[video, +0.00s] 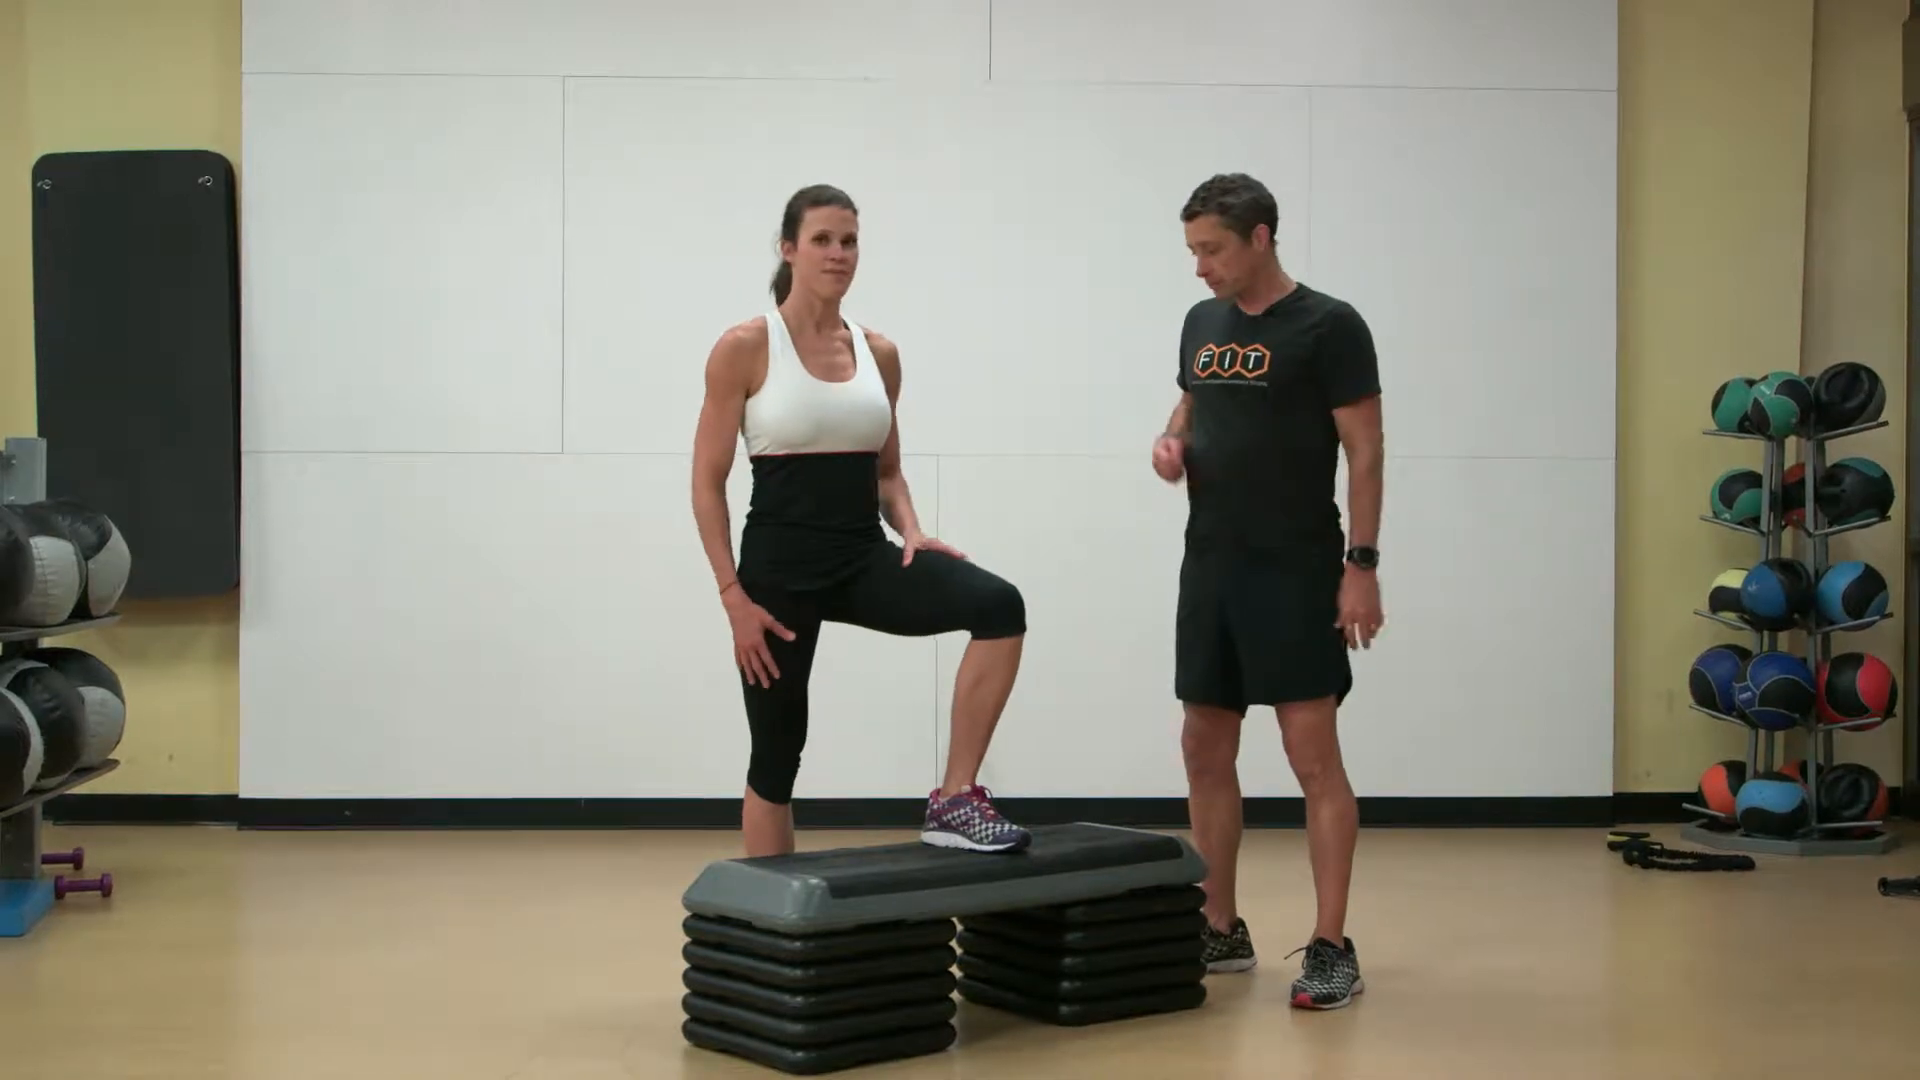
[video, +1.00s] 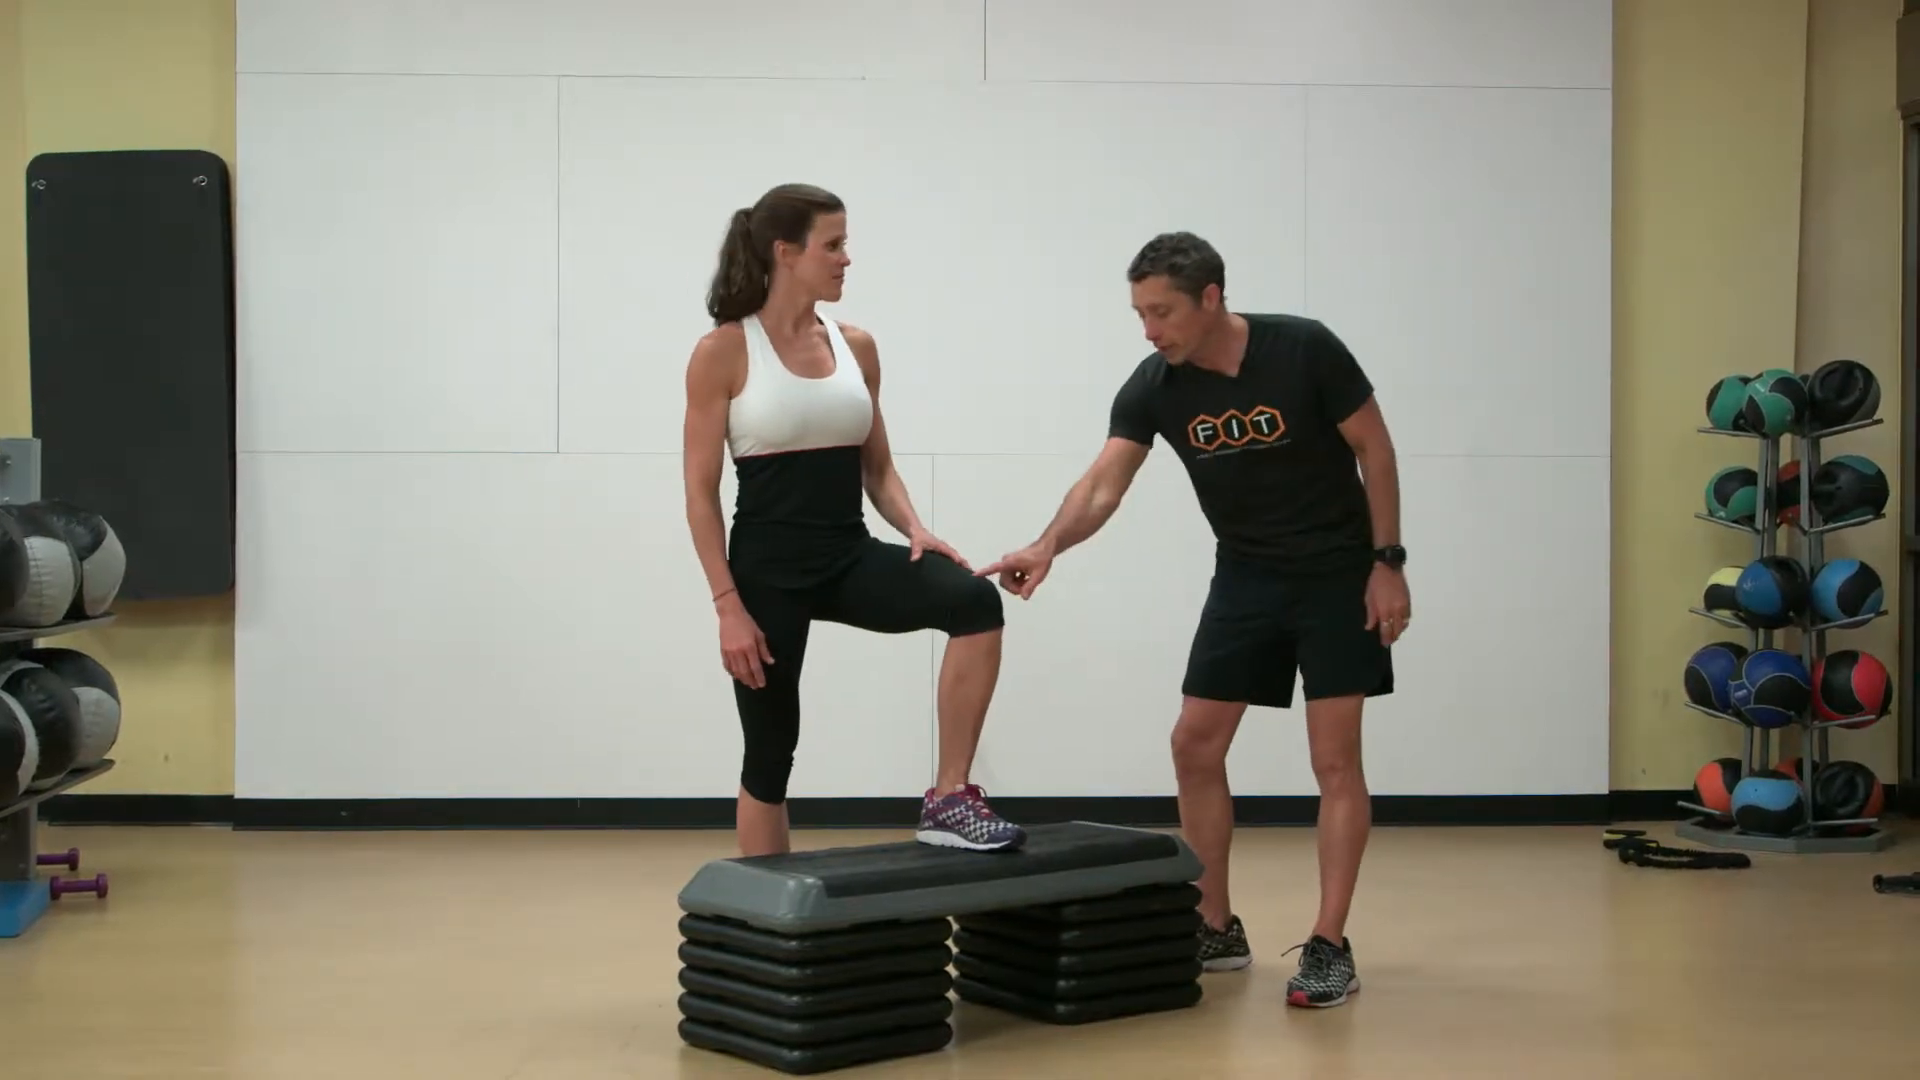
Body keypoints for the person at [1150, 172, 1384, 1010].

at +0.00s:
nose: (1200, 264)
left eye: (1210, 250)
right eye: (1194, 251)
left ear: (1261, 239)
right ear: (1202, 251)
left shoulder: (1330, 327)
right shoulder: (1202, 324)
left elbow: (1366, 454)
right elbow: (1191, 403)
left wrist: (1362, 565)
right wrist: (1173, 439)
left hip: (1297, 570)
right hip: (1211, 569)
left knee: (1313, 756)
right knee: (1204, 748)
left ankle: (1329, 943)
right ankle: (1218, 927)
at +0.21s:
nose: (1193, 275)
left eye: (1204, 260)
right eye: (1186, 261)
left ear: (1253, 246)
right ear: (1188, 258)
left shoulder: (1327, 327)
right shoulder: (1197, 331)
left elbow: (1364, 450)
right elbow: (1174, 422)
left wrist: (1346, 562)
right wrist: (1144, 453)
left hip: (1301, 569)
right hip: (1217, 565)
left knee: (1314, 753)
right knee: (1206, 747)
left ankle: (1328, 942)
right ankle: (1217, 926)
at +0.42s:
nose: (1169, 294)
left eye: (1180, 278)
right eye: (1162, 279)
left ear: (1231, 266)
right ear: (1167, 277)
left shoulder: (1318, 328)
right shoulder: (1173, 355)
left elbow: (1369, 443)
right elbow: (1133, 452)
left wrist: (1328, 539)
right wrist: (1096, 531)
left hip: (1320, 563)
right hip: (1236, 565)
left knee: (1323, 754)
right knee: (1206, 741)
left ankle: (1330, 942)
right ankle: (1219, 927)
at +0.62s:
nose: (1146, 330)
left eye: (1157, 313)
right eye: (1140, 315)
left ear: (1208, 298)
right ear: (1150, 311)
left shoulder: (1306, 345)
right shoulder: (1155, 387)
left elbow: (1376, 442)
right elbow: (1103, 477)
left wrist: (1349, 553)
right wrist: (1060, 531)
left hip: (1340, 562)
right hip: (1252, 571)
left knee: (1338, 757)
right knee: (1204, 743)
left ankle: (1331, 941)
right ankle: (1218, 927)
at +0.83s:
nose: (1144, 337)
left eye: (1156, 321)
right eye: (1138, 322)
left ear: (1207, 306)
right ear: (1143, 317)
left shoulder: (1305, 351)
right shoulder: (1153, 394)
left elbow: (1373, 450)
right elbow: (1100, 489)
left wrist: (1387, 563)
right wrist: (1047, 545)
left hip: (1341, 573)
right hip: (1250, 578)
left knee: (1339, 758)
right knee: (1198, 744)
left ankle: (1331, 940)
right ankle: (1216, 925)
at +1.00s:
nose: (1149, 328)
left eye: (1161, 313)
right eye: (1142, 314)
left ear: (1211, 299)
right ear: (1142, 311)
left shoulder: (1305, 350)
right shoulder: (1152, 390)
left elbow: (1375, 449)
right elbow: (1103, 485)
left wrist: (1388, 562)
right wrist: (1045, 548)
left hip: (1337, 572)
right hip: (1246, 576)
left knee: (1335, 756)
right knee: (1194, 744)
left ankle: (1329, 940)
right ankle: (1215, 925)